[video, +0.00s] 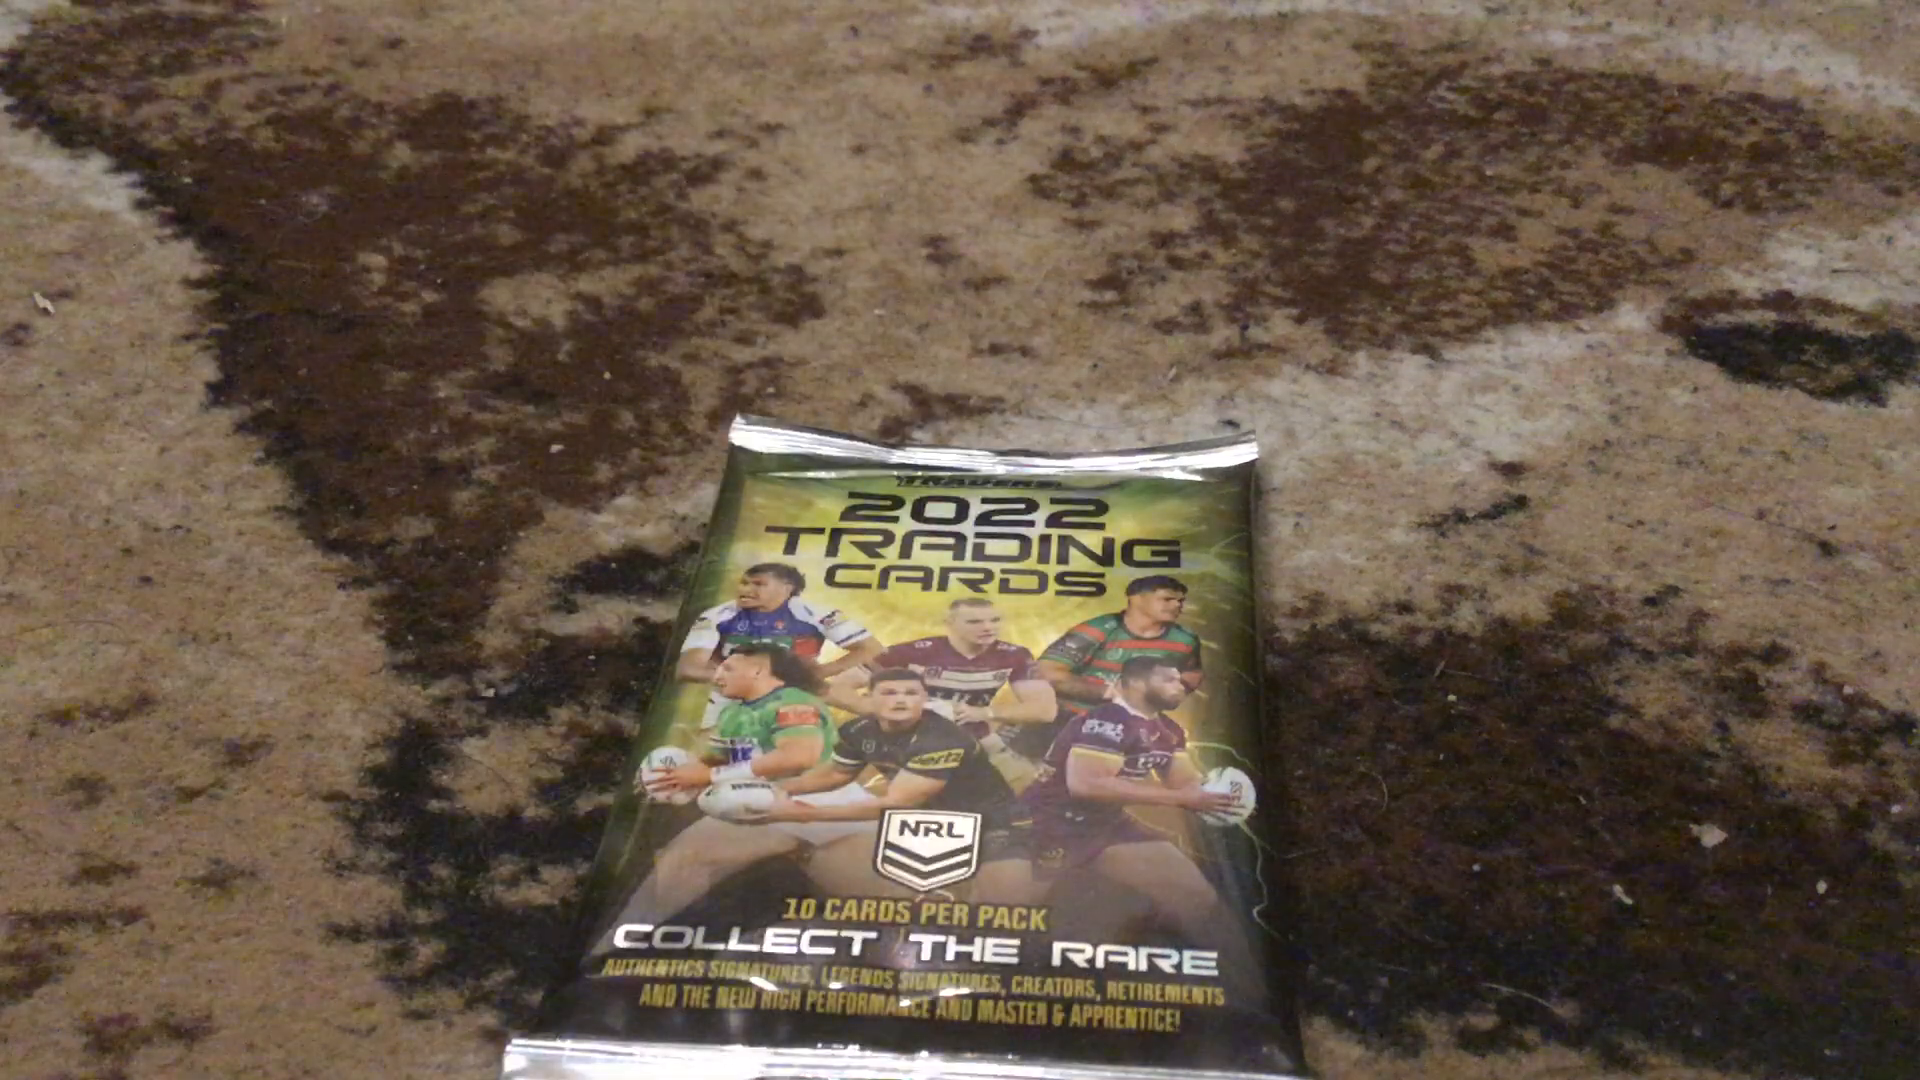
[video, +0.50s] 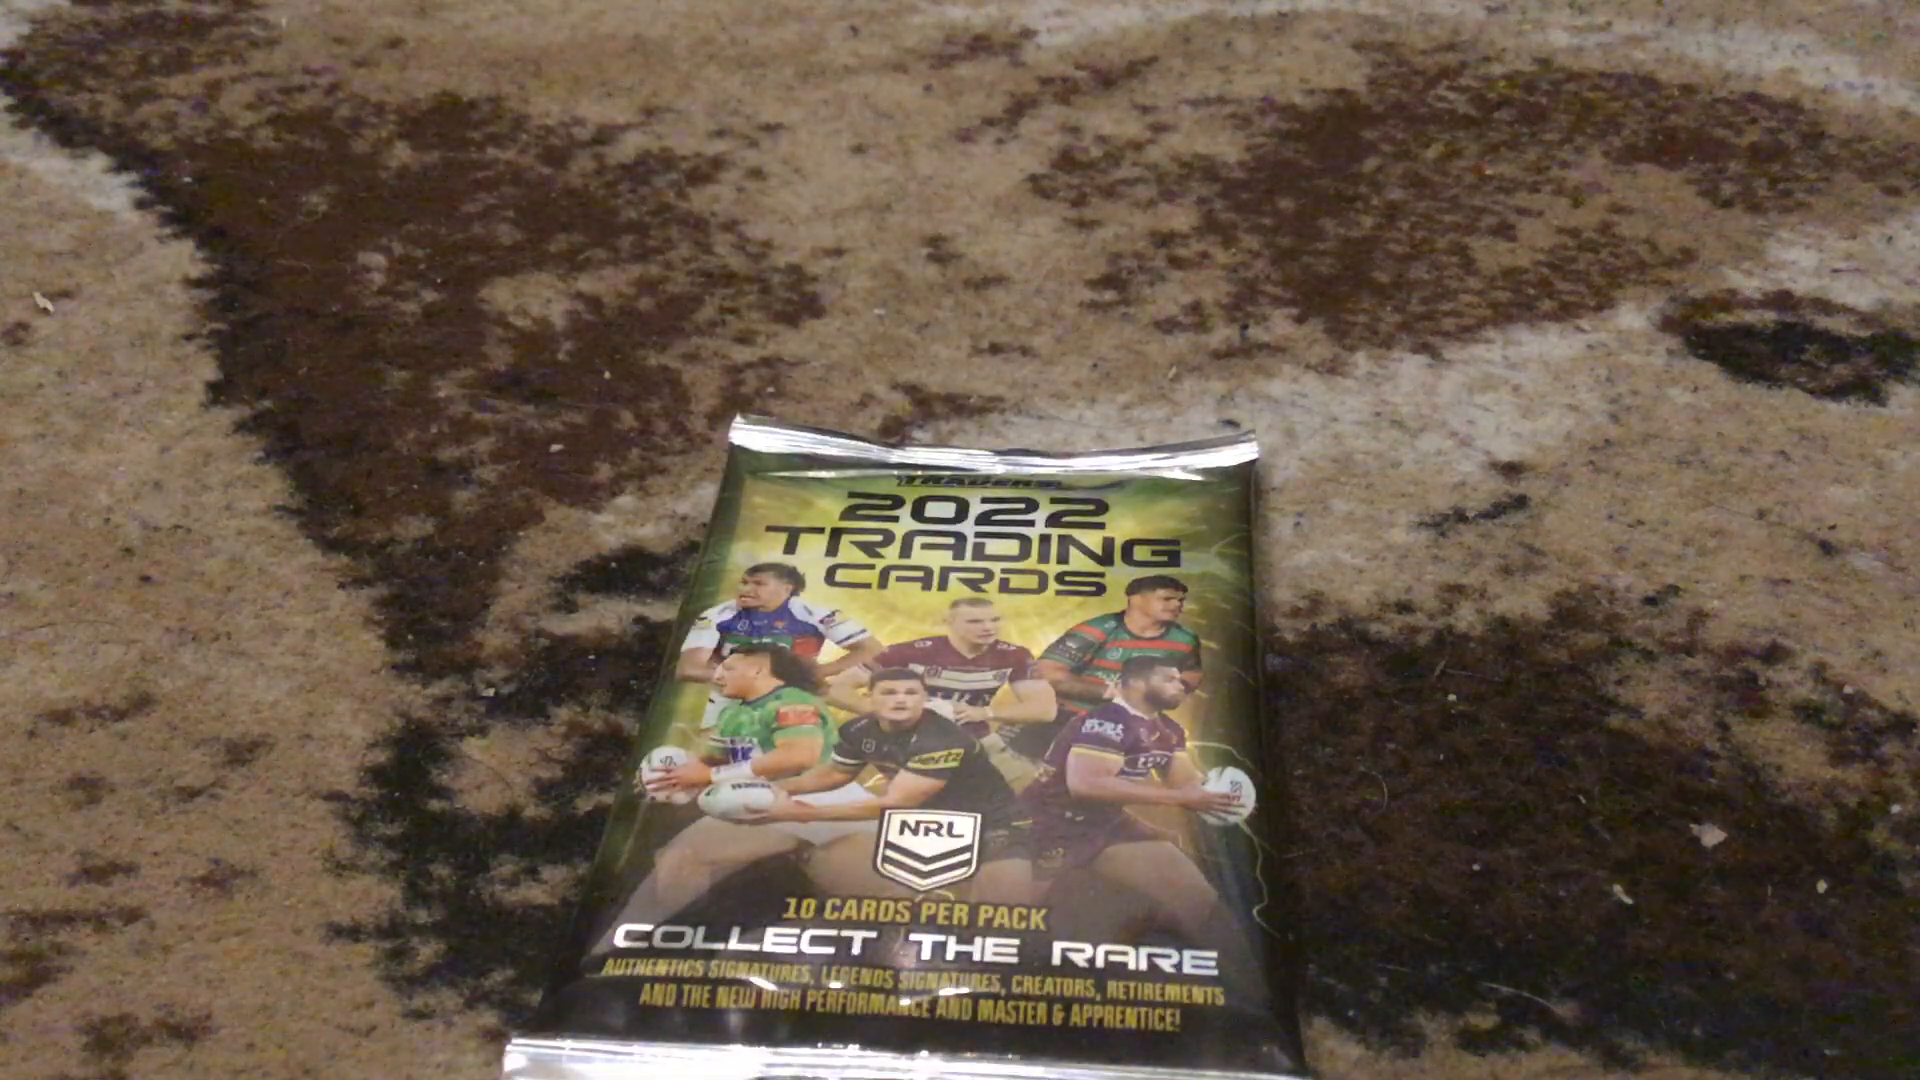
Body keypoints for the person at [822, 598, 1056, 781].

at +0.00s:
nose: (987, 629)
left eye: (993, 620)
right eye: (975, 622)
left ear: (1000, 621)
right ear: (950, 624)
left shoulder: (1015, 658)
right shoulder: (916, 653)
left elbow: (1045, 709)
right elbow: (836, 688)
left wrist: (988, 713)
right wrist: (891, 711)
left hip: (986, 749)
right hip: (924, 748)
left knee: (1037, 786)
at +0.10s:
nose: (987, 629)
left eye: (993, 620)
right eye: (975, 622)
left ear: (1000, 620)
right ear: (949, 623)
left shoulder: (1014, 658)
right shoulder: (917, 653)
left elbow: (1045, 709)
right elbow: (835, 688)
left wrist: (986, 713)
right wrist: (891, 711)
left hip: (986, 749)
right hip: (924, 748)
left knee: (1040, 786)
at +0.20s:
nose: (987, 629)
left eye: (993, 620)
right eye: (975, 622)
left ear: (1000, 621)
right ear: (950, 623)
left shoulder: (1014, 658)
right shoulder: (916, 653)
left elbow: (1045, 709)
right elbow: (835, 689)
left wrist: (985, 713)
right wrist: (893, 711)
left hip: (985, 747)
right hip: (922, 746)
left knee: (1037, 784)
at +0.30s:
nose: (987, 628)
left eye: (993, 620)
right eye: (975, 621)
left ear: (999, 621)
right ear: (950, 624)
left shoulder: (1014, 657)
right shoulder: (916, 653)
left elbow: (1045, 709)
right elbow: (836, 688)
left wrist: (987, 713)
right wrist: (889, 711)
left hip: (983, 747)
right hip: (923, 744)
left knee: (1034, 783)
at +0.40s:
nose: (987, 629)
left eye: (993, 620)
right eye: (975, 621)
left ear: (999, 621)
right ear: (949, 623)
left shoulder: (1014, 657)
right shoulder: (918, 653)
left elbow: (1045, 709)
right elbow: (835, 688)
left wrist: (985, 713)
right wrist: (892, 711)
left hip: (984, 747)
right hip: (923, 746)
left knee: (1035, 784)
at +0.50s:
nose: (987, 629)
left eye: (993, 620)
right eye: (975, 621)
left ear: (999, 620)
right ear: (949, 623)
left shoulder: (1015, 657)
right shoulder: (914, 653)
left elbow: (1045, 709)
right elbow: (834, 689)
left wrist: (984, 713)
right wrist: (888, 710)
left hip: (984, 747)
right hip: (922, 747)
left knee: (1041, 787)